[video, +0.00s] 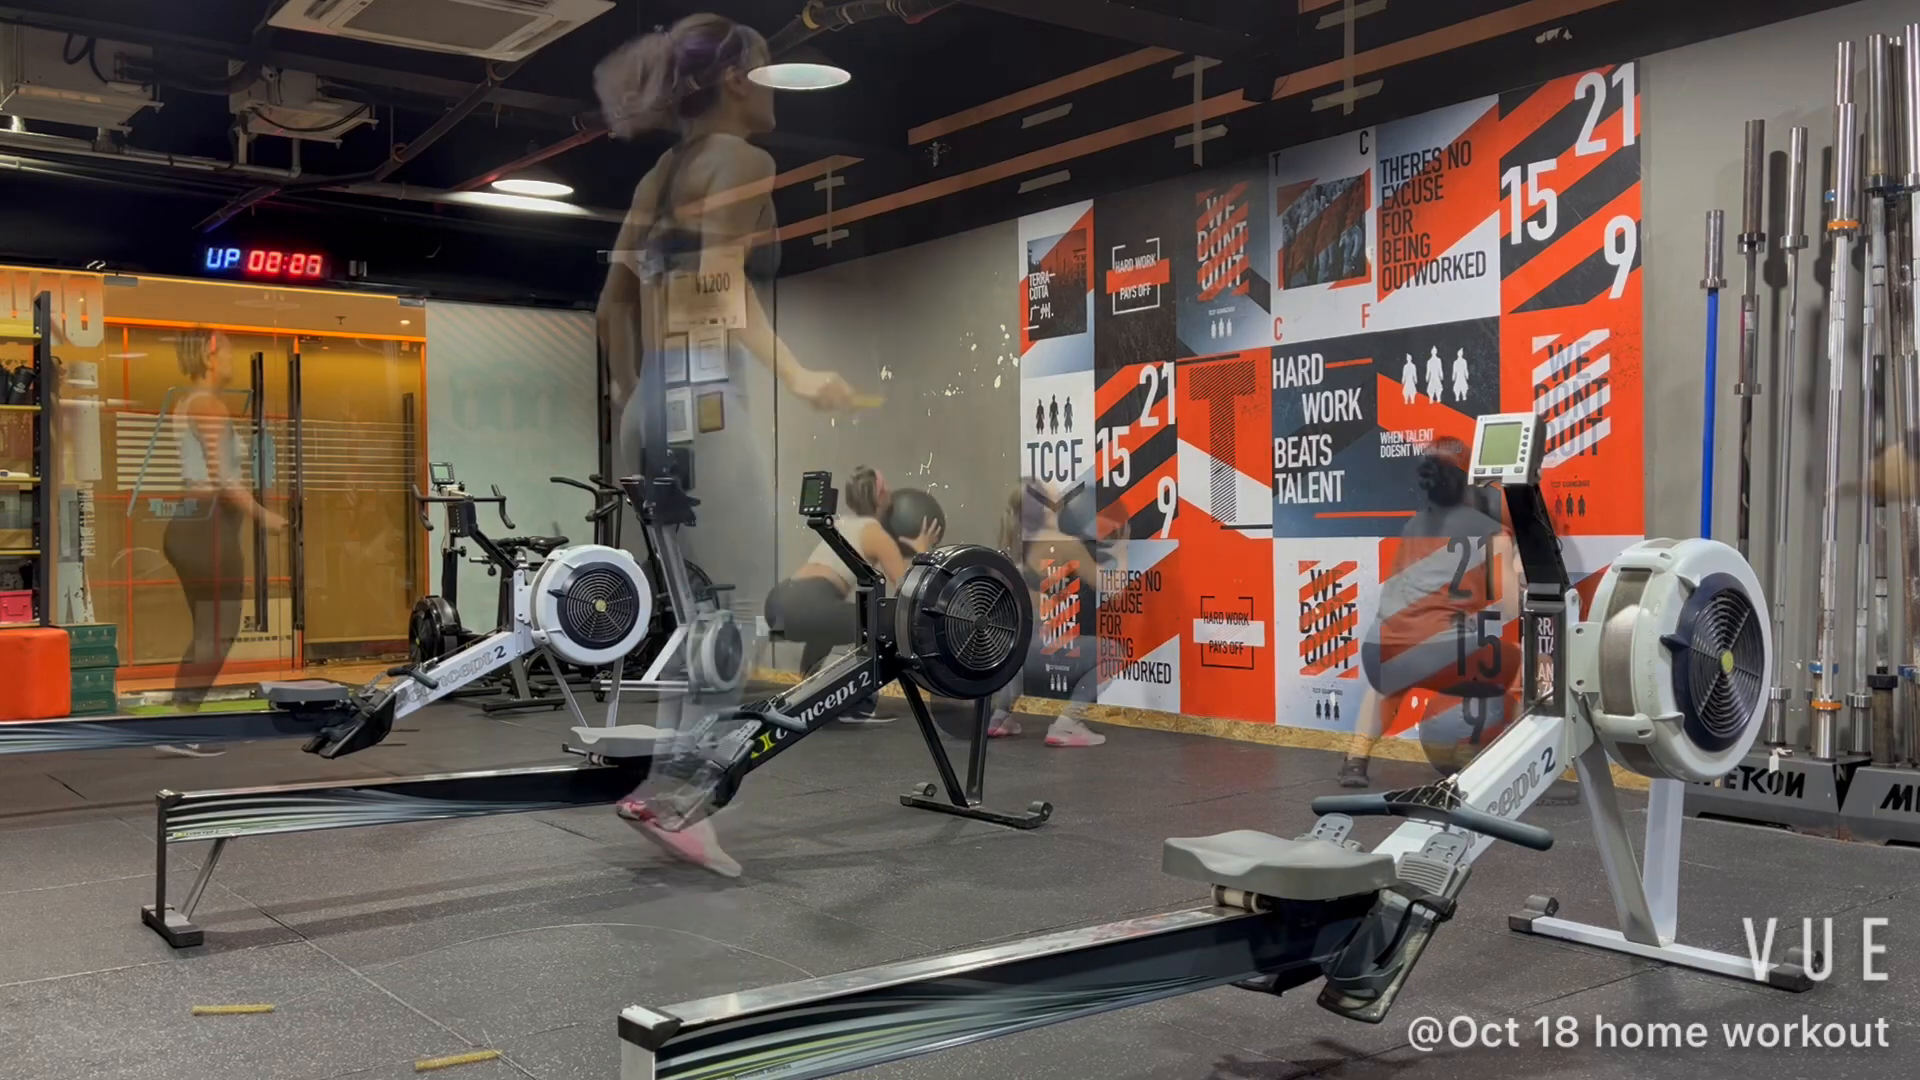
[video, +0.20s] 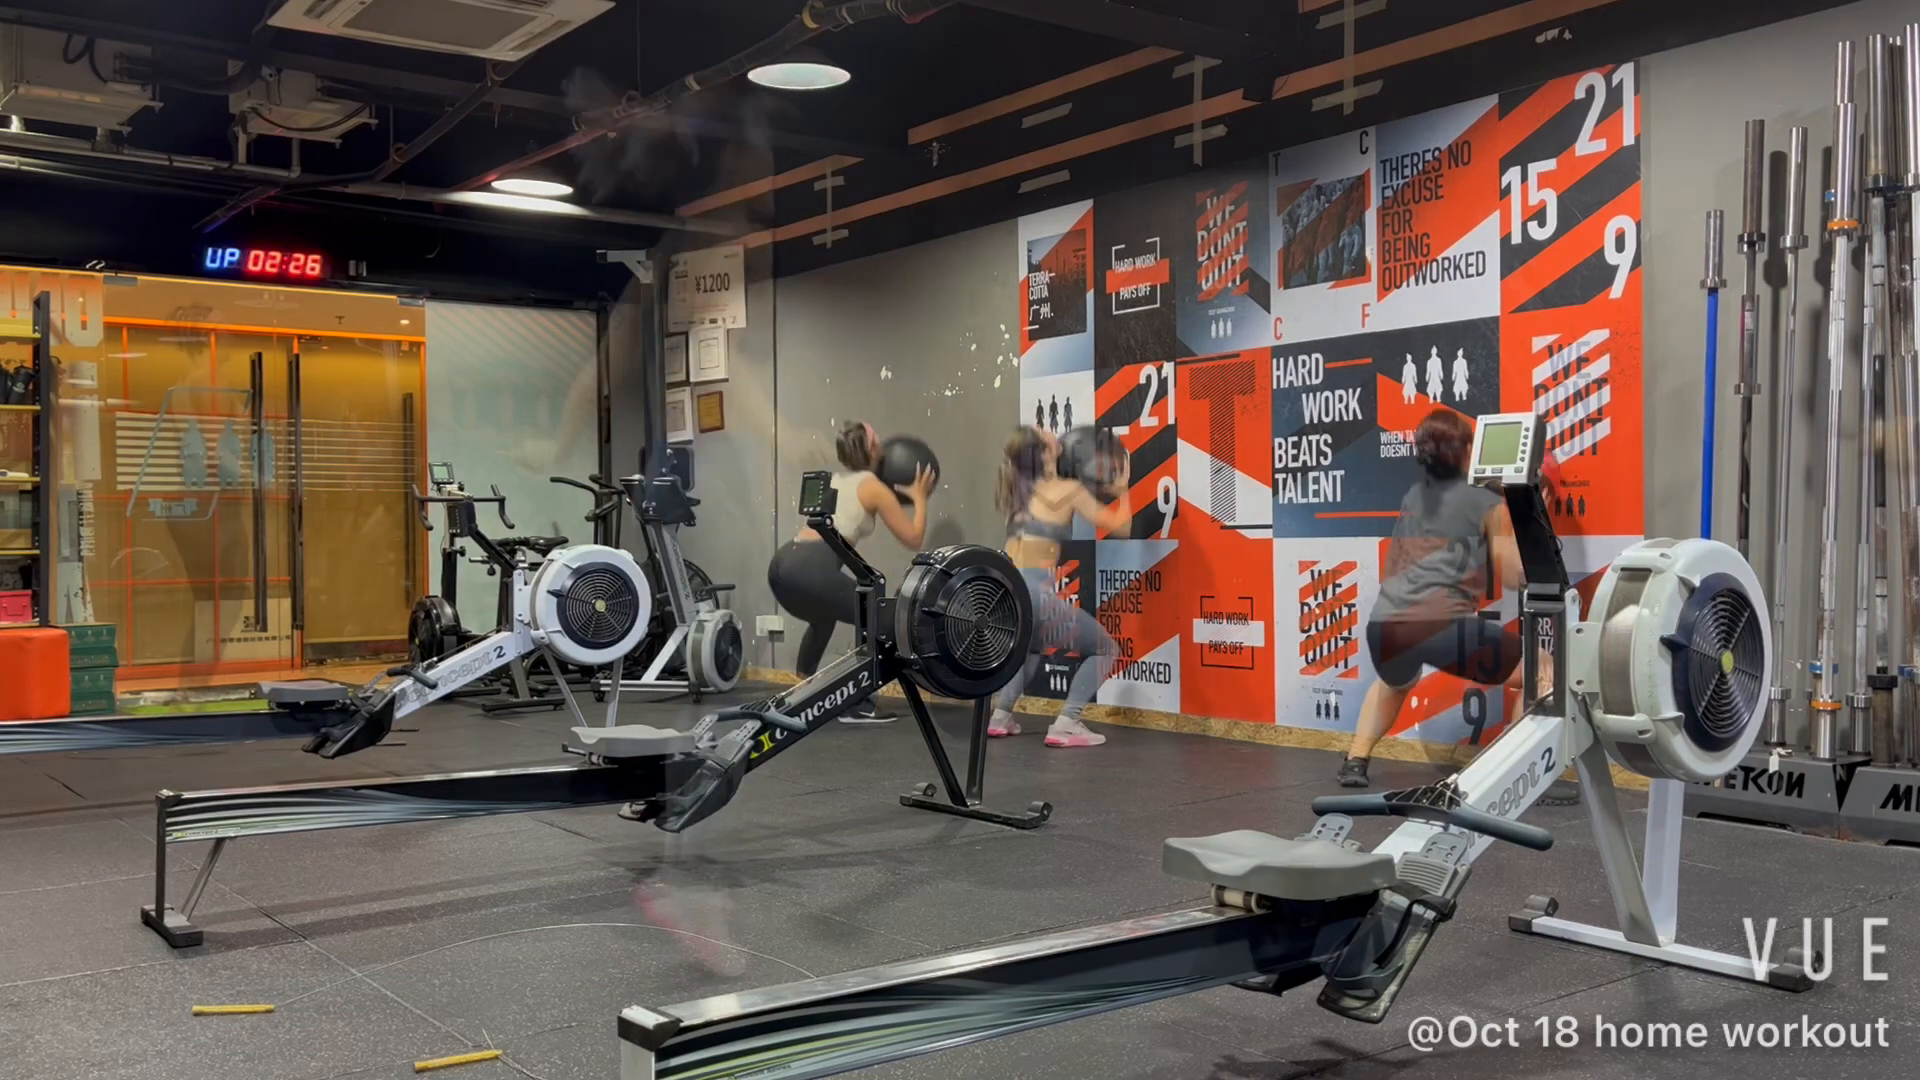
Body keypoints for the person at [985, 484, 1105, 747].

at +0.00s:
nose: (1057, 508)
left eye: (1054, 504)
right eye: (1053, 503)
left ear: (1019, 513)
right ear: (1046, 510)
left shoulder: (1012, 547)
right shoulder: (1067, 545)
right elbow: (1104, 584)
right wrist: (1121, 554)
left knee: (1014, 638)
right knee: (1111, 651)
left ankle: (1000, 715)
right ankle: (1068, 722)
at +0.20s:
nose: (1055, 440)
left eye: (1050, 437)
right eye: (1049, 440)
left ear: (1026, 460)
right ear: (1043, 457)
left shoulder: (1021, 487)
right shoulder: (1068, 489)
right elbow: (1119, 524)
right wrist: (1123, 491)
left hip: (1005, 587)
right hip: (1037, 594)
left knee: (1032, 647)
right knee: (1107, 649)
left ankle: (1000, 716)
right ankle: (1067, 723)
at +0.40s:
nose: (1046, 370)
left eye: (1042, 365)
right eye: (1040, 367)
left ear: (1012, 386)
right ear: (1036, 378)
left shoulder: (1020, 415)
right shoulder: (1063, 407)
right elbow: (1126, 411)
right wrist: (1125, 364)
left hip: (1022, 521)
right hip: (1053, 523)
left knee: (1018, 617)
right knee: (1086, 617)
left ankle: (1000, 702)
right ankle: (1070, 712)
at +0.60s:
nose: (1044, 341)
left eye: (1039, 339)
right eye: (1039, 342)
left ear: (1020, 365)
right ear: (1035, 359)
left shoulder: (1017, 392)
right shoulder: (1062, 382)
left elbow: (1032, 333)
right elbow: (1093, 326)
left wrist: (1045, 286)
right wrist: (1108, 271)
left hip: (1031, 506)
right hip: (1065, 505)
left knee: (1023, 606)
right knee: (1074, 611)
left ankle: (1005, 689)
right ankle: (1078, 703)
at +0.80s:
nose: (1045, 369)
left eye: (1040, 365)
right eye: (1041, 368)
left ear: (1014, 386)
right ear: (1037, 380)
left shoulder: (1013, 418)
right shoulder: (1058, 410)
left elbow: (1023, 367)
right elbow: (1100, 365)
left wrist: (1040, 323)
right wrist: (1113, 313)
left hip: (1036, 528)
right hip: (1072, 525)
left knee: (1023, 624)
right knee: (1067, 630)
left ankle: (998, 713)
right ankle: (1064, 723)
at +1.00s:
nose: (1043, 378)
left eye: (1040, 374)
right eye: (1038, 374)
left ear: (1014, 393)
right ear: (1031, 387)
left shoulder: (1012, 425)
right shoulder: (1055, 415)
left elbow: (1036, 400)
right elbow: (1117, 394)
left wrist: (1059, 369)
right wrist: (1145, 352)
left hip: (1034, 529)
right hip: (1067, 527)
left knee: (1022, 624)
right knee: (1067, 629)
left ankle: (997, 713)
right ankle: (1065, 722)